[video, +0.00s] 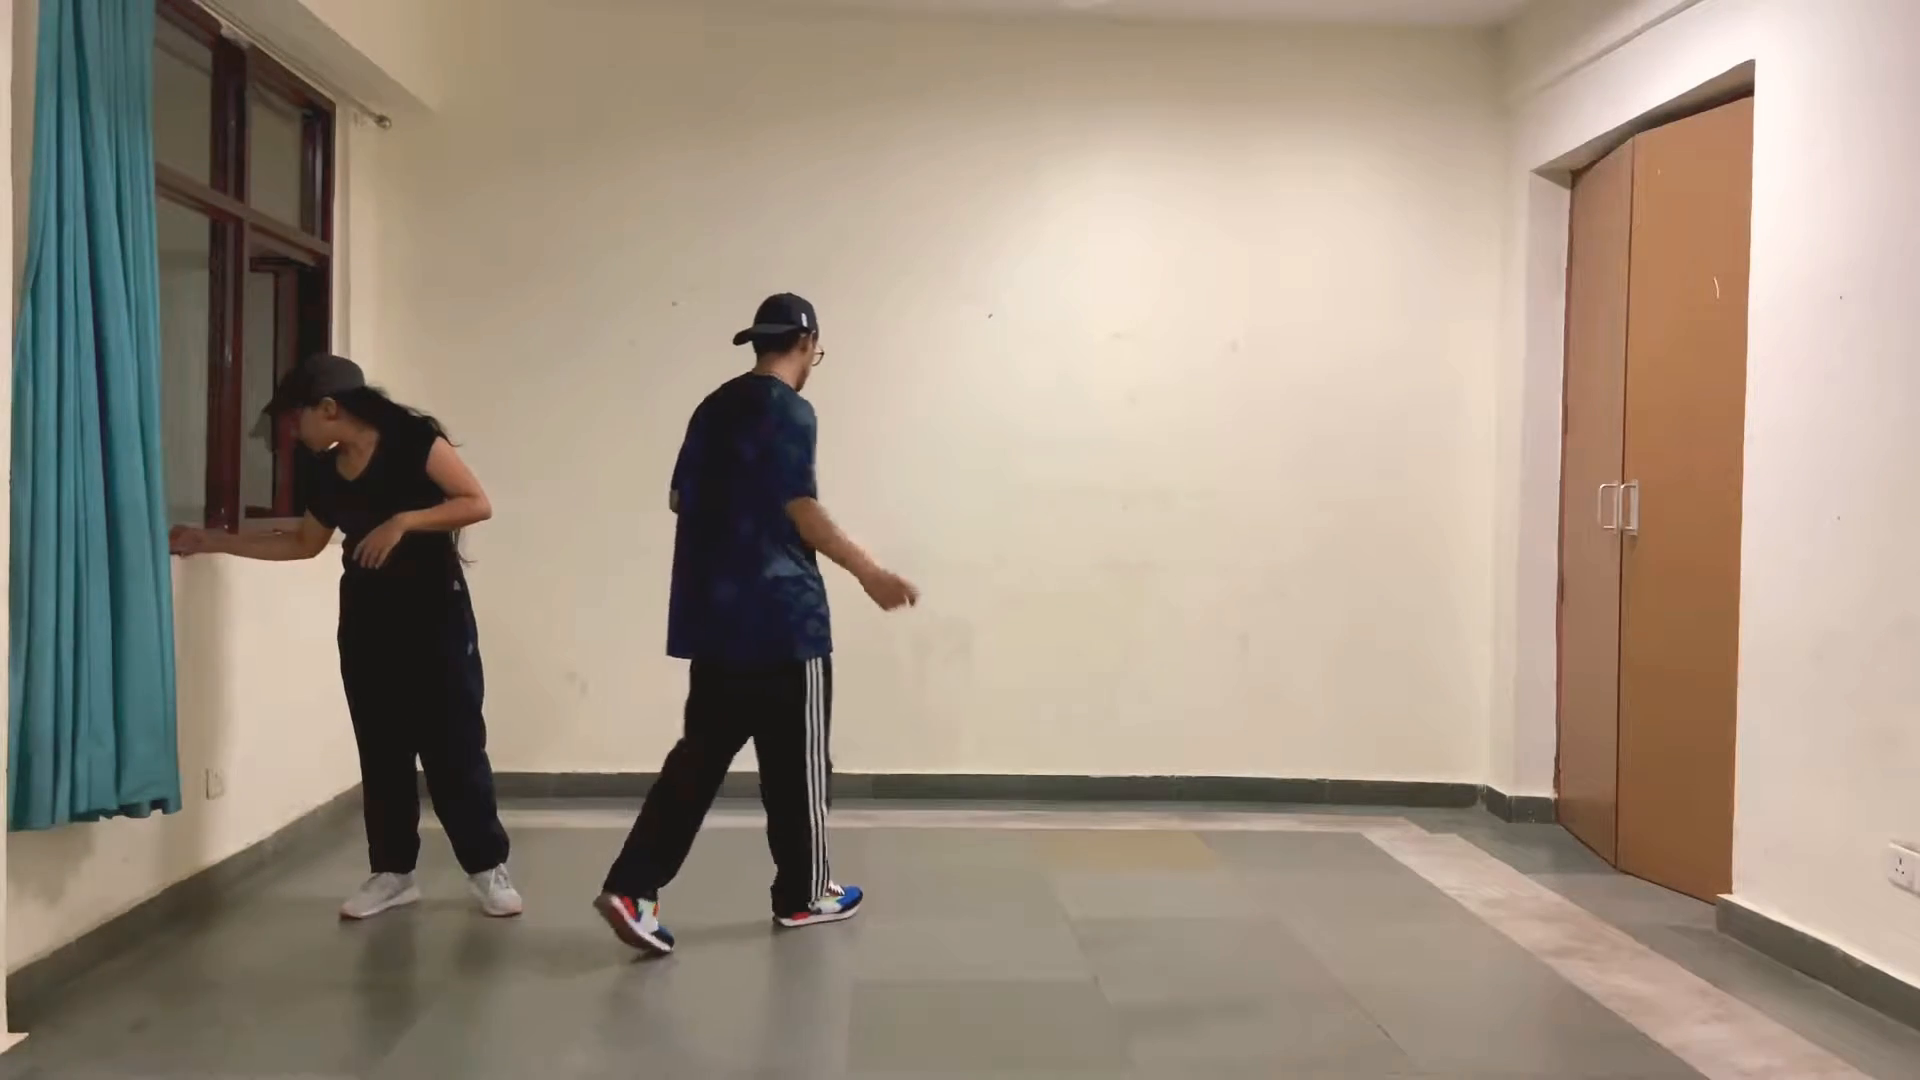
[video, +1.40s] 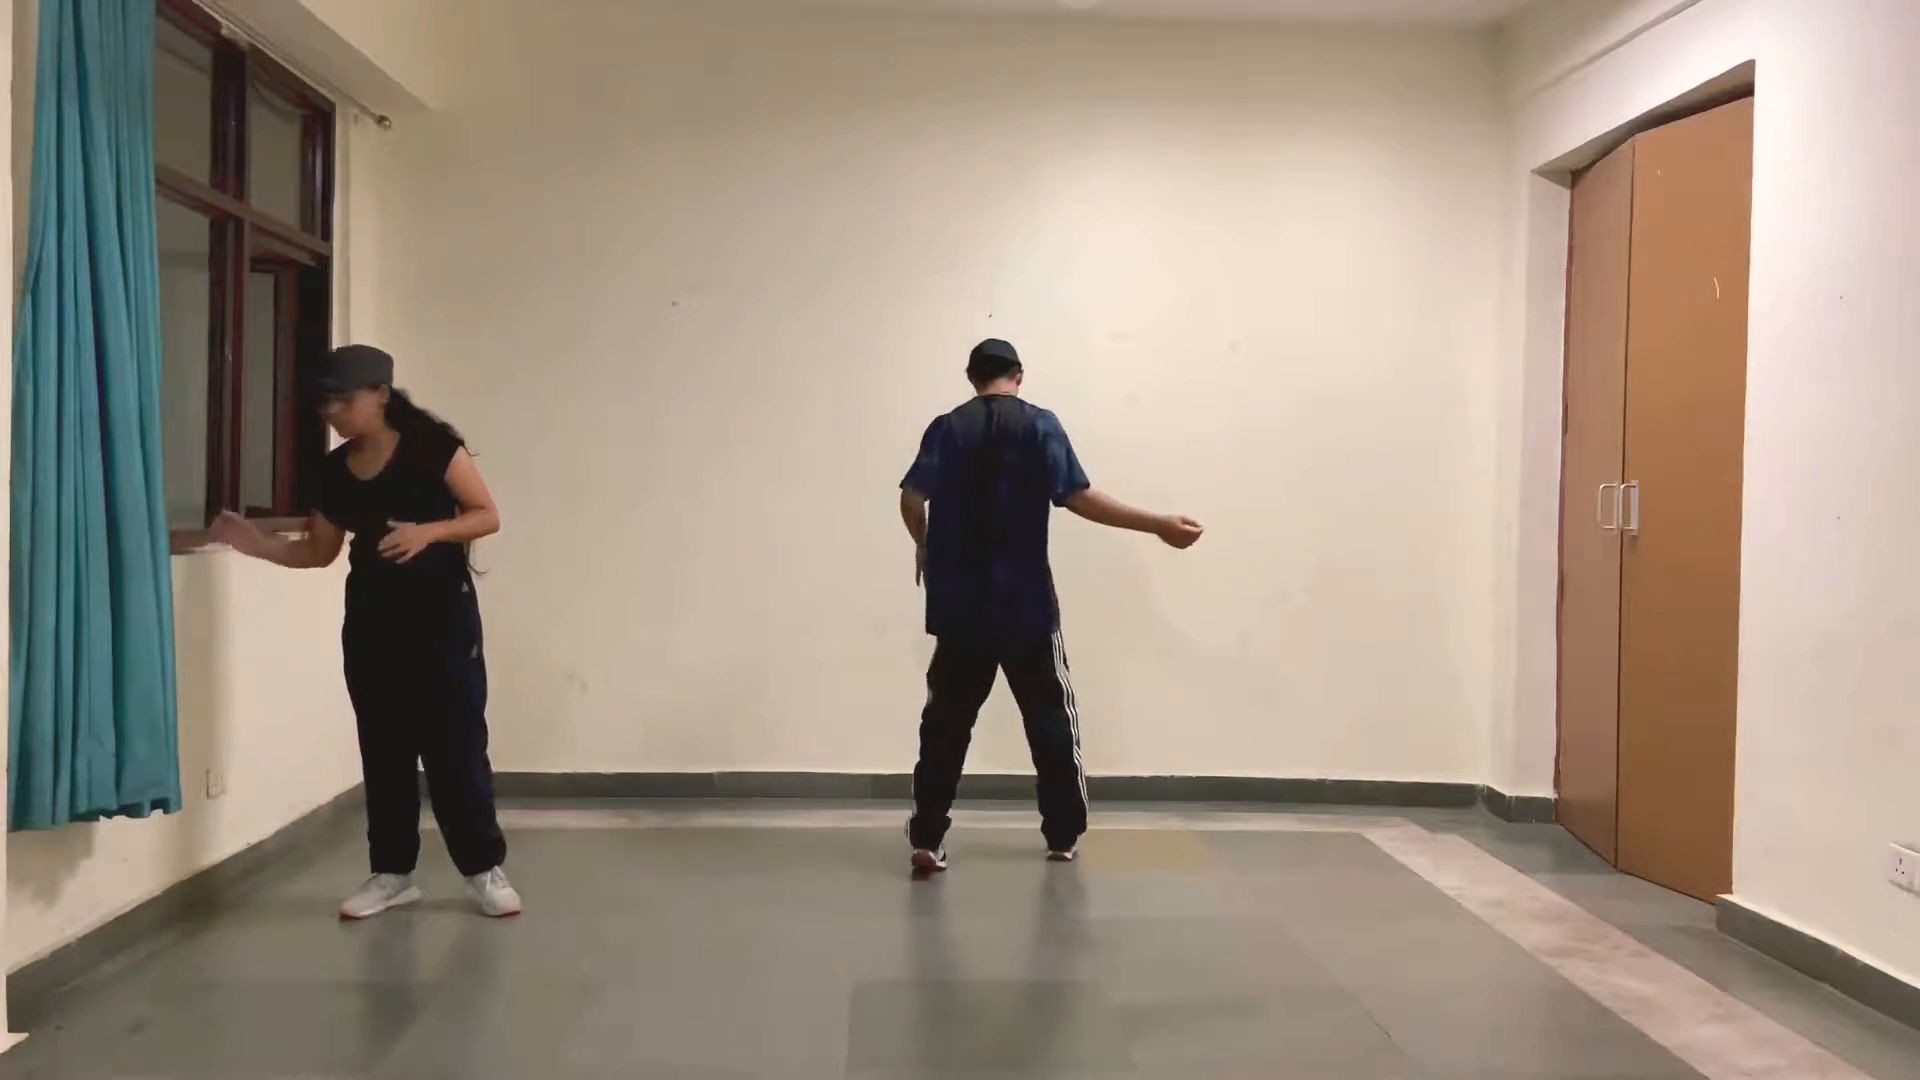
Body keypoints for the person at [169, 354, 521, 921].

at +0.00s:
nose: (294, 431)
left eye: (297, 418)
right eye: (291, 420)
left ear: (330, 409)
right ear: (326, 411)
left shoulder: (413, 437)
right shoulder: (325, 467)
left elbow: (476, 503)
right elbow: (305, 542)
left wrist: (402, 521)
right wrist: (215, 541)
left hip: (435, 617)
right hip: (368, 622)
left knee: (454, 744)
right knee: (382, 749)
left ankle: (489, 868)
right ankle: (394, 873)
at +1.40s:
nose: (331, 412)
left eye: (342, 399)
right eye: (327, 401)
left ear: (377, 396)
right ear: (330, 404)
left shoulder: (432, 446)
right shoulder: (336, 470)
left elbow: (488, 516)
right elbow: (319, 550)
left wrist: (429, 532)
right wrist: (256, 544)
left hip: (441, 624)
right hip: (372, 626)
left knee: (457, 748)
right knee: (384, 751)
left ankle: (484, 871)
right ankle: (393, 874)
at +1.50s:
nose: (378, 404)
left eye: (389, 392)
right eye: (366, 394)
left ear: (410, 393)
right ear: (350, 399)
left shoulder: (445, 448)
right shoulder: (340, 466)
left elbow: (483, 528)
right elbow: (329, 557)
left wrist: (443, 521)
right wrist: (327, 525)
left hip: (448, 622)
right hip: (377, 624)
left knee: (468, 748)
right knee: (387, 753)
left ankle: (494, 868)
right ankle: (392, 874)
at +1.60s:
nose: (426, 398)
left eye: (434, 387)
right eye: (412, 387)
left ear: (443, 393)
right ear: (382, 391)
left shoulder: (462, 451)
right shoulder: (351, 461)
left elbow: (478, 535)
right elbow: (348, 547)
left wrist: (442, 510)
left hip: (460, 624)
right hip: (385, 628)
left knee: (482, 749)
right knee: (392, 757)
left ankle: (508, 869)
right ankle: (394, 874)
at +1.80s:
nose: (501, 404)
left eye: (506, 394)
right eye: (489, 392)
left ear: (505, 399)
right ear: (453, 391)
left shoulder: (508, 462)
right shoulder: (406, 457)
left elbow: (533, 542)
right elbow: (379, 544)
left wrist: (509, 549)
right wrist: (467, 557)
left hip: (497, 631)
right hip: (423, 630)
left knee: (504, 753)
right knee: (413, 756)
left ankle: (527, 876)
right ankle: (392, 873)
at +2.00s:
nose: (567, 406)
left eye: (570, 396)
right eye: (555, 394)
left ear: (566, 402)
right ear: (517, 395)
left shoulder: (558, 464)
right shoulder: (473, 462)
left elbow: (570, 535)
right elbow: (438, 551)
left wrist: (587, 581)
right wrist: (509, 602)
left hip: (557, 635)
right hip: (492, 633)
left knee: (543, 765)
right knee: (460, 760)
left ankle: (531, 879)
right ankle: (394, 853)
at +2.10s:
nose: (592, 413)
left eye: (597, 404)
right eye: (581, 401)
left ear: (596, 409)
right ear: (546, 399)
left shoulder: (576, 462)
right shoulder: (499, 458)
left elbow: (568, 531)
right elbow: (466, 550)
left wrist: (609, 561)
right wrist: (543, 589)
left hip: (574, 627)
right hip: (517, 627)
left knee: (564, 755)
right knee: (518, 751)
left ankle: (533, 878)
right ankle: (422, 812)